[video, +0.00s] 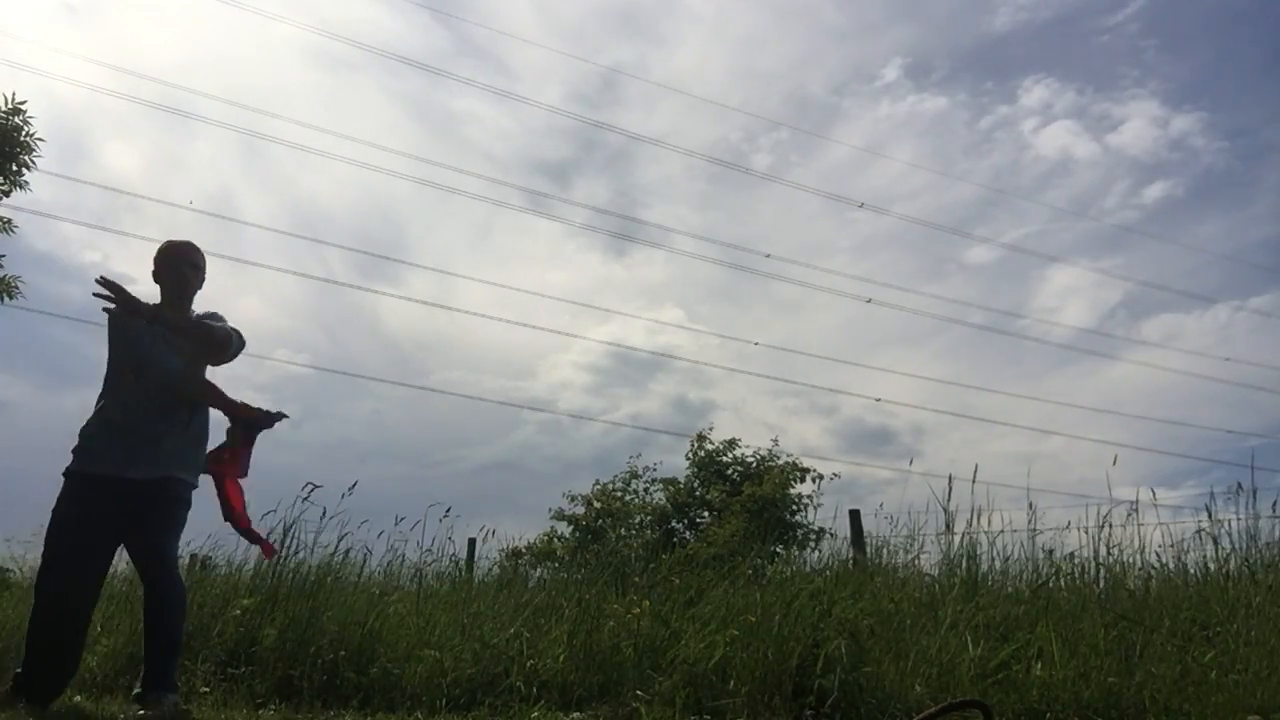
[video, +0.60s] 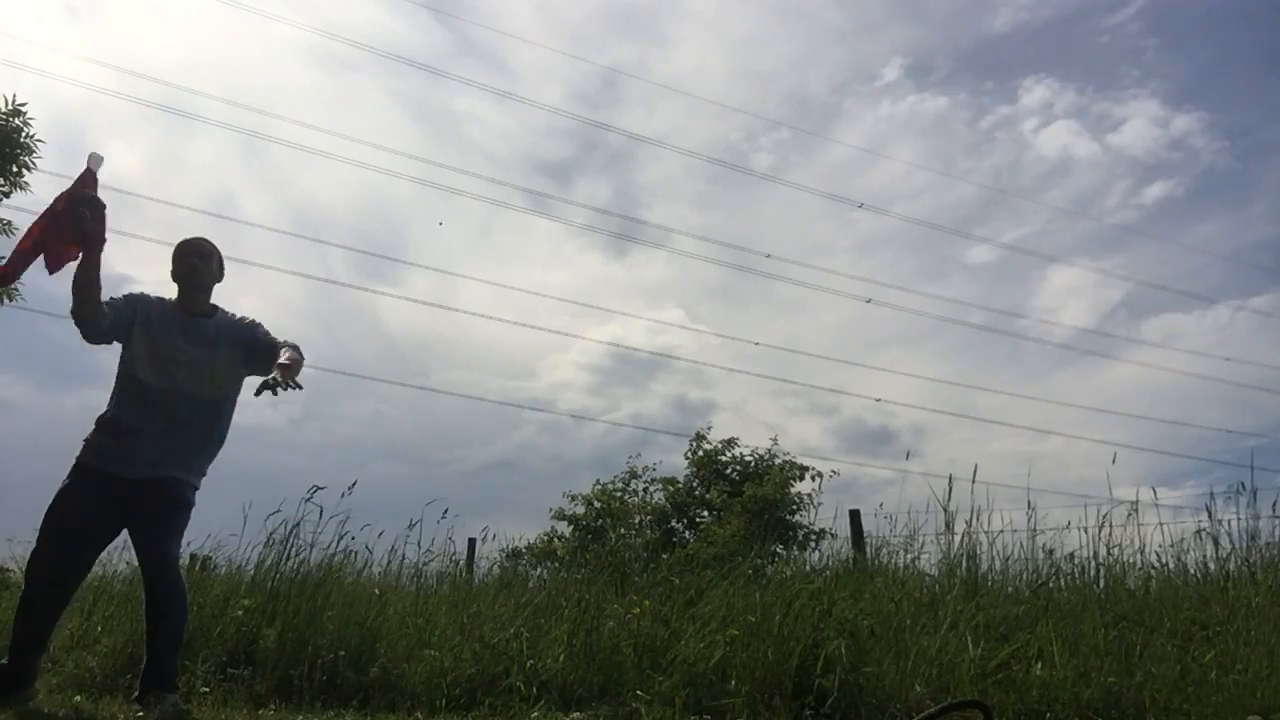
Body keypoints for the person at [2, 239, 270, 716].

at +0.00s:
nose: (185, 273)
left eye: (194, 268)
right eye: (177, 263)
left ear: (202, 281)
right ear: (156, 269)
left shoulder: (209, 323)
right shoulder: (129, 318)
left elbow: (224, 346)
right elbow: (167, 372)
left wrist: (148, 313)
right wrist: (234, 408)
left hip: (166, 476)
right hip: (101, 468)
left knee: (160, 571)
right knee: (65, 579)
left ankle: (160, 691)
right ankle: (35, 692)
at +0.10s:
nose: (194, 281)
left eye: (202, 275)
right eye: (185, 270)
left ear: (206, 286)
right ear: (161, 275)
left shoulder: (205, 336)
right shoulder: (132, 321)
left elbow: (248, 330)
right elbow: (140, 387)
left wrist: (177, 301)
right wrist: (214, 422)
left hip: (166, 479)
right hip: (100, 472)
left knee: (163, 576)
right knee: (61, 582)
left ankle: (162, 691)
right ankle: (25, 685)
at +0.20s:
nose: (192, 275)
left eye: (201, 269)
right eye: (182, 266)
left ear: (210, 284)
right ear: (163, 274)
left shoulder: (218, 337)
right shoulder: (129, 325)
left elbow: (276, 325)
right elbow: (124, 401)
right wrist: (179, 444)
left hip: (165, 485)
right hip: (99, 478)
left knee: (165, 583)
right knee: (59, 587)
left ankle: (161, 693)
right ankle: (27, 687)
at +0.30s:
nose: (196, 270)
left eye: (205, 265)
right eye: (186, 261)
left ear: (214, 280)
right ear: (167, 270)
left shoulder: (226, 337)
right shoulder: (129, 321)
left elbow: (285, 326)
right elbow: (104, 385)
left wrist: (331, 295)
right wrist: (131, 448)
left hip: (165, 485)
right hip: (100, 475)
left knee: (167, 588)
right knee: (58, 585)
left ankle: (161, 695)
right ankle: (25, 690)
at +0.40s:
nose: (202, 268)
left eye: (211, 262)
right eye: (193, 260)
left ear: (219, 276)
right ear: (173, 268)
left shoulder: (236, 334)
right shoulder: (136, 317)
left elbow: (303, 334)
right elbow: (109, 360)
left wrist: (364, 322)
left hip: (170, 481)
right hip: (103, 471)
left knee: (163, 573)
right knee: (60, 579)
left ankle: (161, 691)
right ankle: (27, 688)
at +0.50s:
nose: (200, 267)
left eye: (209, 260)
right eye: (192, 259)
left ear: (222, 275)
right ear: (176, 269)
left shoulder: (241, 336)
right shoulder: (141, 313)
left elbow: (303, 348)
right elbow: (92, 353)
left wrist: (351, 352)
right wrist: (64, 308)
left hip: (170, 480)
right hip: (103, 468)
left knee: (162, 573)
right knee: (58, 574)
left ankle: (160, 691)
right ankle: (23, 685)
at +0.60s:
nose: (192, 263)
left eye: (204, 258)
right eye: (184, 256)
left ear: (220, 275)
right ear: (171, 269)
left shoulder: (237, 333)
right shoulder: (144, 311)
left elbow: (288, 353)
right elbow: (90, 321)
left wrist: (287, 364)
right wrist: (93, 245)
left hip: (169, 483)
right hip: (103, 470)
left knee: (163, 580)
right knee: (48, 574)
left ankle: (159, 694)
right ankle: (16, 687)